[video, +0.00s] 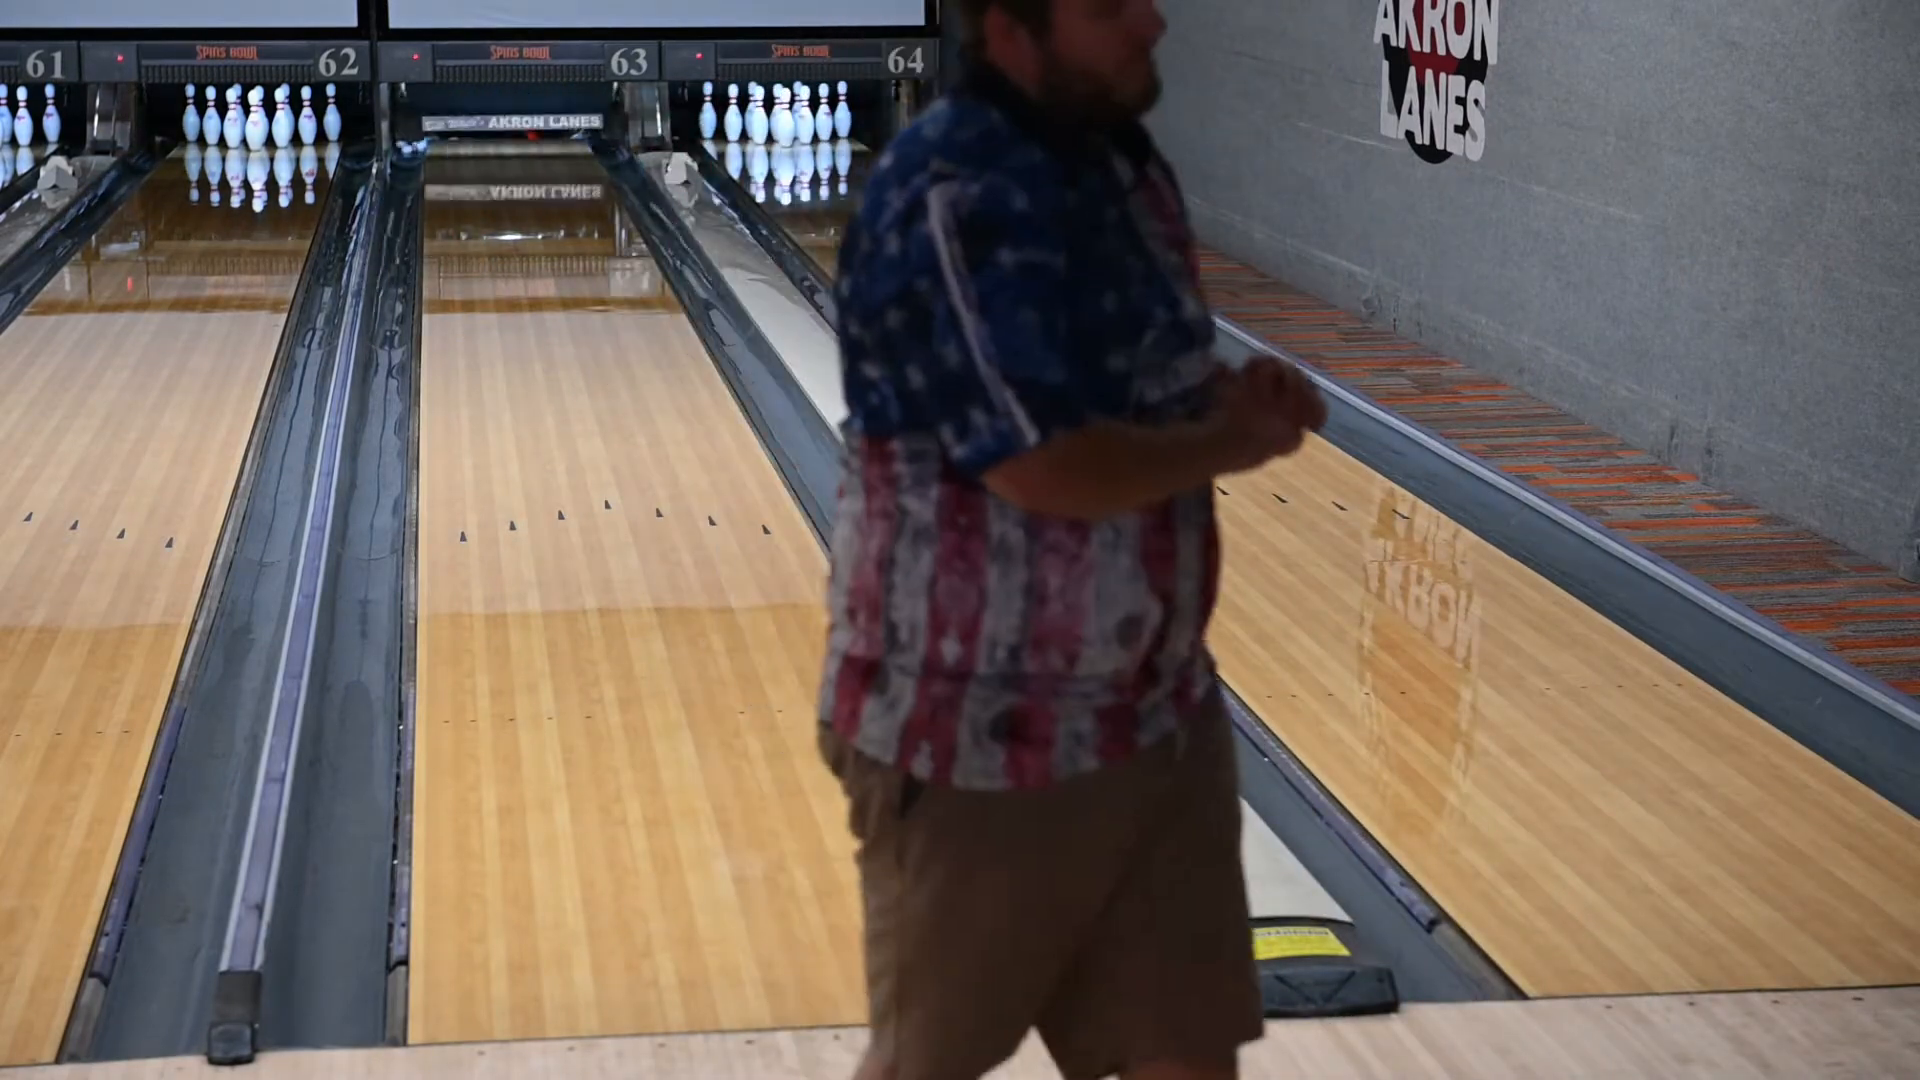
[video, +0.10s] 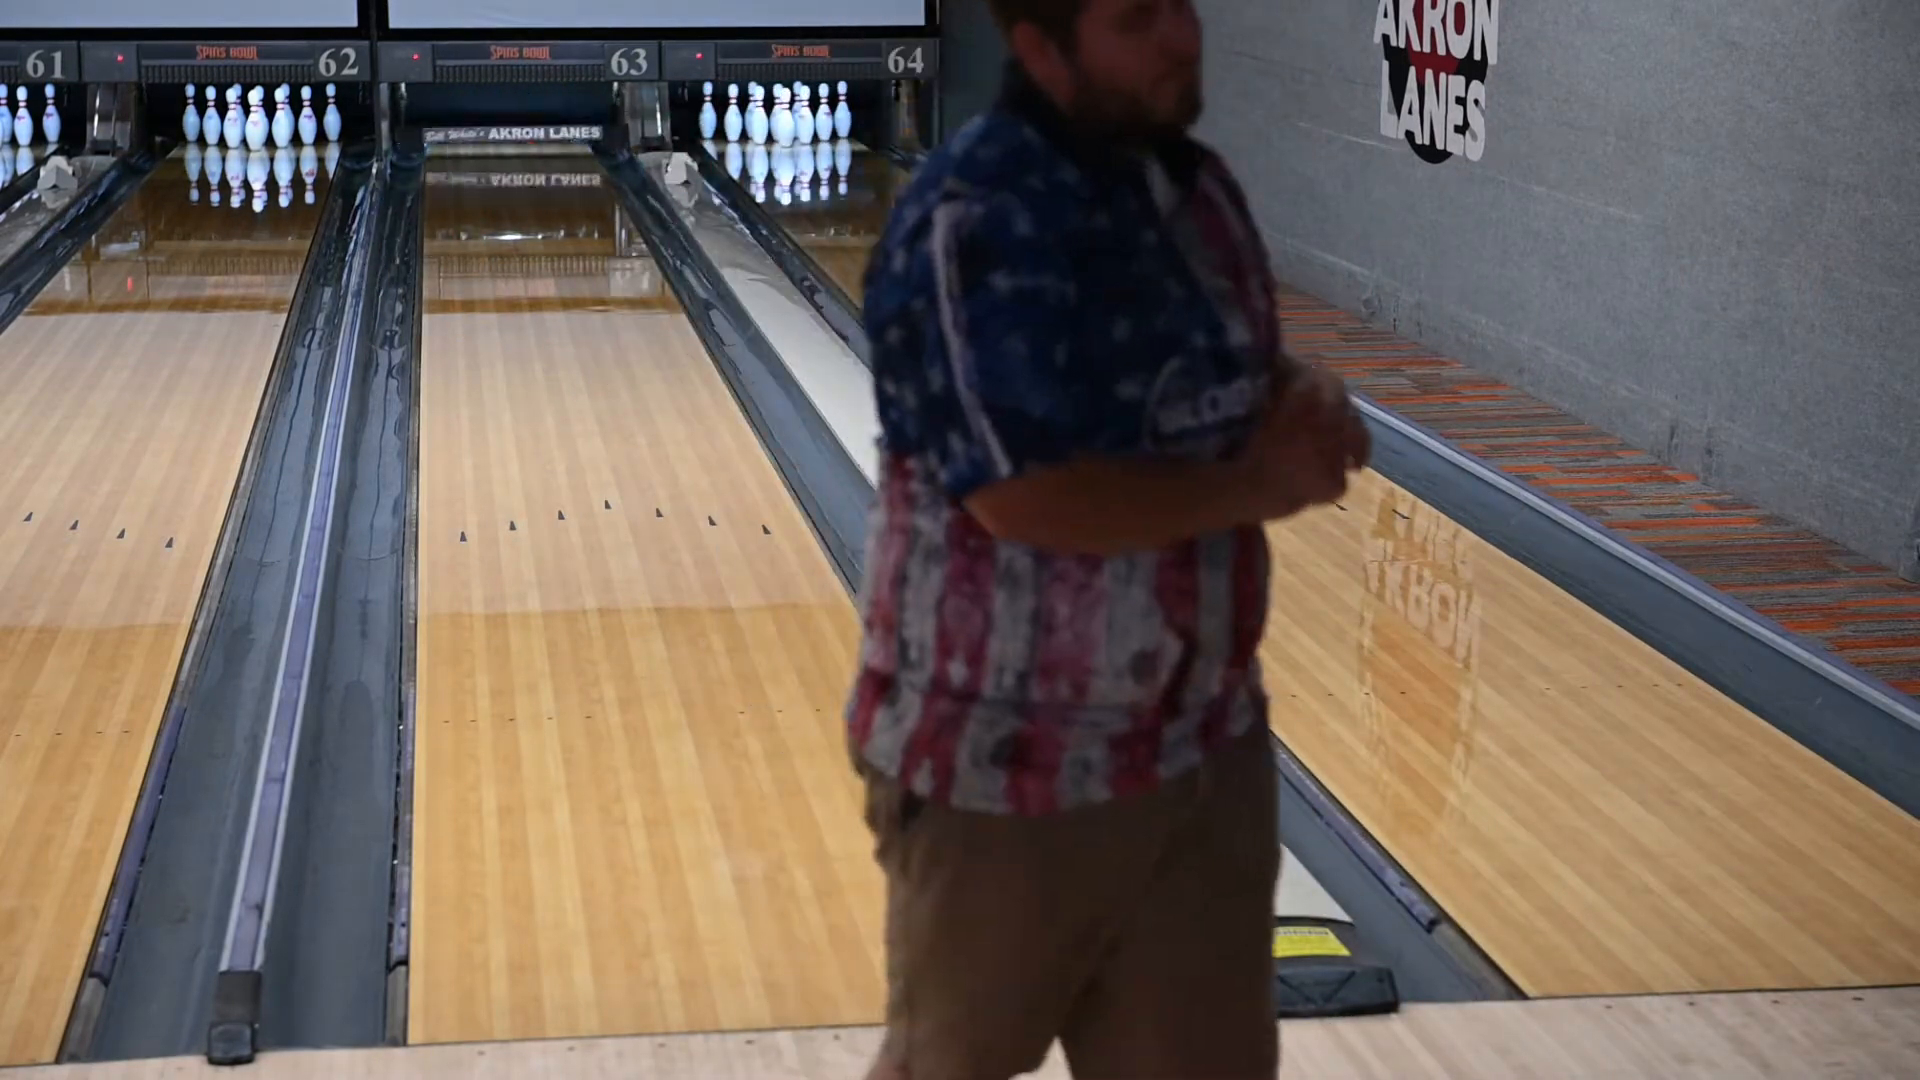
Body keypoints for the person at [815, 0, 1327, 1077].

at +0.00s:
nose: (1151, 20)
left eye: (1142, 0)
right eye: (1115, 4)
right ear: (1009, 29)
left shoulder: (1118, 159)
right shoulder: (941, 191)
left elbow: (1138, 379)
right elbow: (1038, 466)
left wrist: (1233, 398)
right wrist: (1229, 439)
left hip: (1152, 717)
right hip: (976, 740)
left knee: (1180, 1050)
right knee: (930, 1057)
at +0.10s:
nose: (1184, 38)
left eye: (1182, 8)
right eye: (1139, 17)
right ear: (1039, 46)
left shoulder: (1195, 183)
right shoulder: (969, 214)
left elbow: (1240, 383)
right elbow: (1019, 493)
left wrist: (1305, 414)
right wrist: (1256, 483)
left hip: (1202, 753)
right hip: (1003, 774)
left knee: (1206, 1063)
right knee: (951, 1063)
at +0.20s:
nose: (1232, 52)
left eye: (1233, 16)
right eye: (1182, 30)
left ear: (1252, 17)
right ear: (1081, 57)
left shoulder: (1271, 203)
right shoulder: (1006, 233)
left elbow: (1354, 375)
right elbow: (1005, 508)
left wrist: (1389, 400)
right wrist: (1264, 549)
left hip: (1266, 784)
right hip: (1047, 800)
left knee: (1258, 1065)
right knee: (997, 1067)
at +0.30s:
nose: (1278, 43)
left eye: (1280, 9)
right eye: (1225, 25)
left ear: (1306, 10)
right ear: (1131, 52)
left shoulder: (1342, 203)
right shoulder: (1046, 232)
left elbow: (1492, 376)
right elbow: (993, 501)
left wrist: (1459, 408)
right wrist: (1246, 613)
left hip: (1331, 790)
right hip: (1101, 814)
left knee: (1334, 1064)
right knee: (1086, 1065)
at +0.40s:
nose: (1324, 34)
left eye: (1334, 1)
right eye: (1272, 13)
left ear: (1366, 9)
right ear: (1184, 41)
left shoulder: (1420, 197)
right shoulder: (1087, 220)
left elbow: (1627, 342)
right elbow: (976, 479)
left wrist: (1566, 364)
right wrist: (1184, 666)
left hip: (1389, 804)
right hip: (1157, 824)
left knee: (1399, 1066)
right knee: (1164, 1068)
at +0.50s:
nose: (1367, 25)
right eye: (1317, 3)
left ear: (1418, 14)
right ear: (1227, 30)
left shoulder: (1483, 193)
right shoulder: (1120, 214)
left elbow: (1724, 279)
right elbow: (980, 468)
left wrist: (1674, 345)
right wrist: (1096, 699)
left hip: (1433, 814)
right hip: (1186, 823)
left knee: (1444, 1068)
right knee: (1193, 1067)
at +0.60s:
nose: (1398, 18)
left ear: (1458, 12)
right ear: (1260, 23)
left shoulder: (1532, 195)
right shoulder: (1146, 217)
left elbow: (1767, 280)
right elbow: (1001, 467)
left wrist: (1786, 394)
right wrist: (1026, 718)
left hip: (1467, 818)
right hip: (1210, 821)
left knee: (1471, 1065)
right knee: (1227, 1065)